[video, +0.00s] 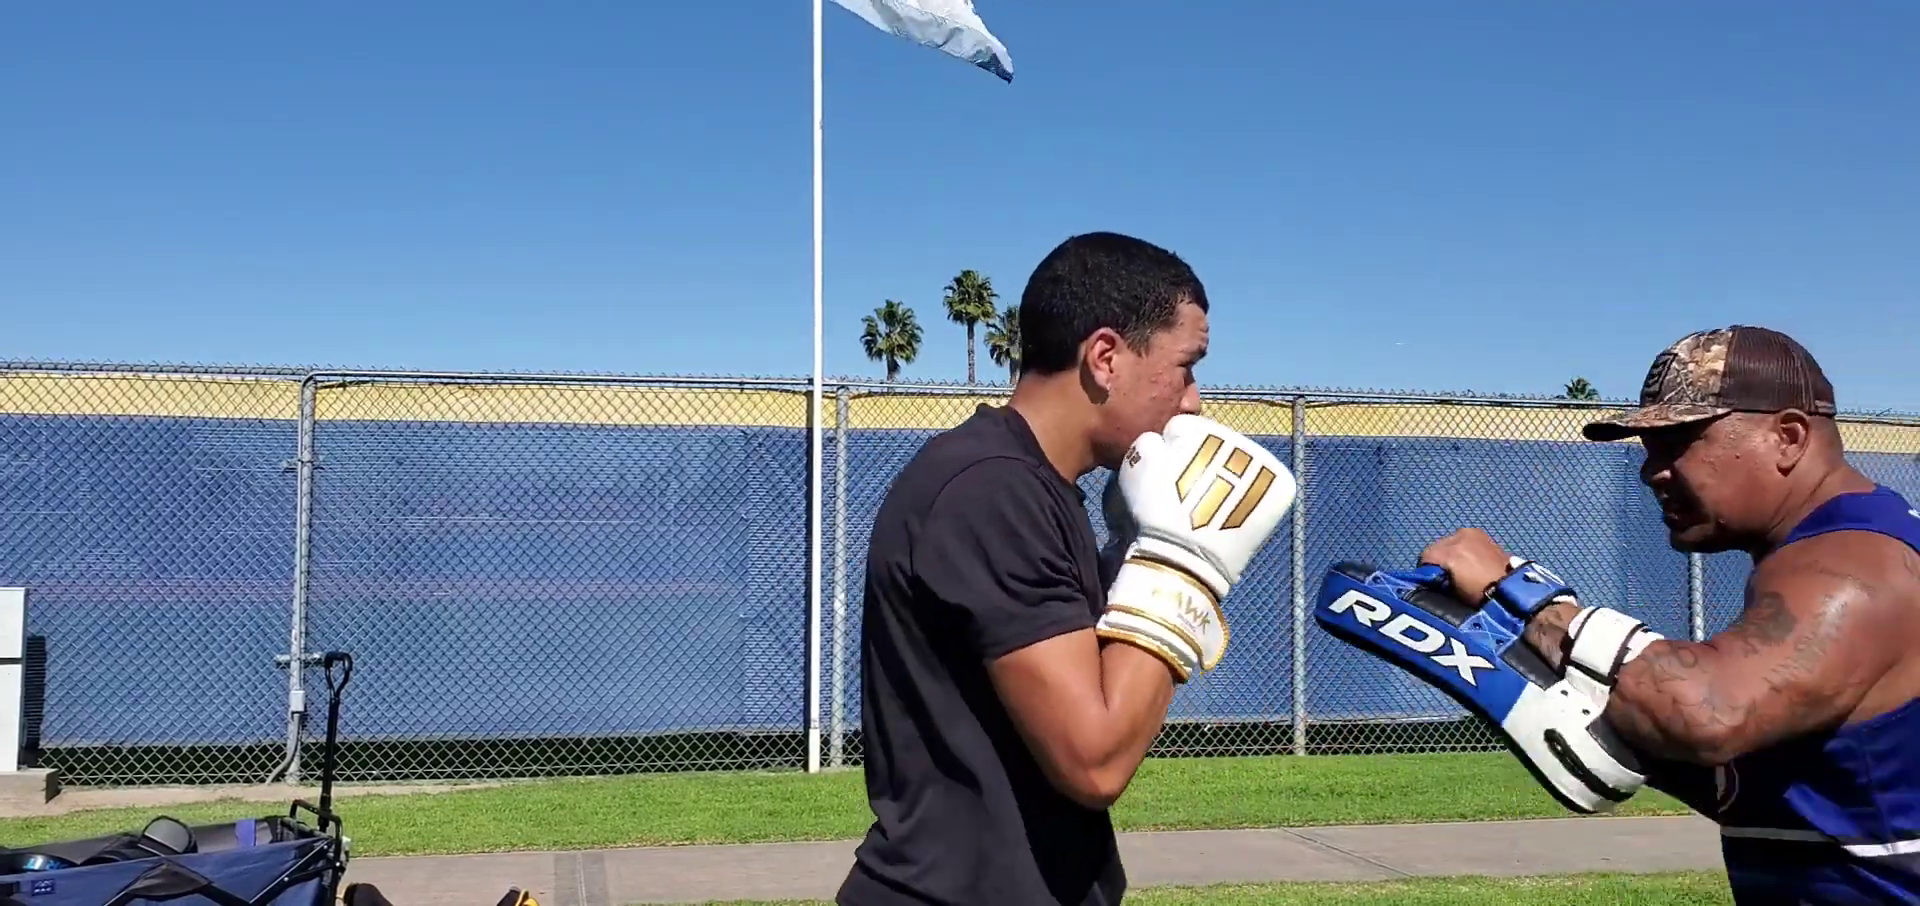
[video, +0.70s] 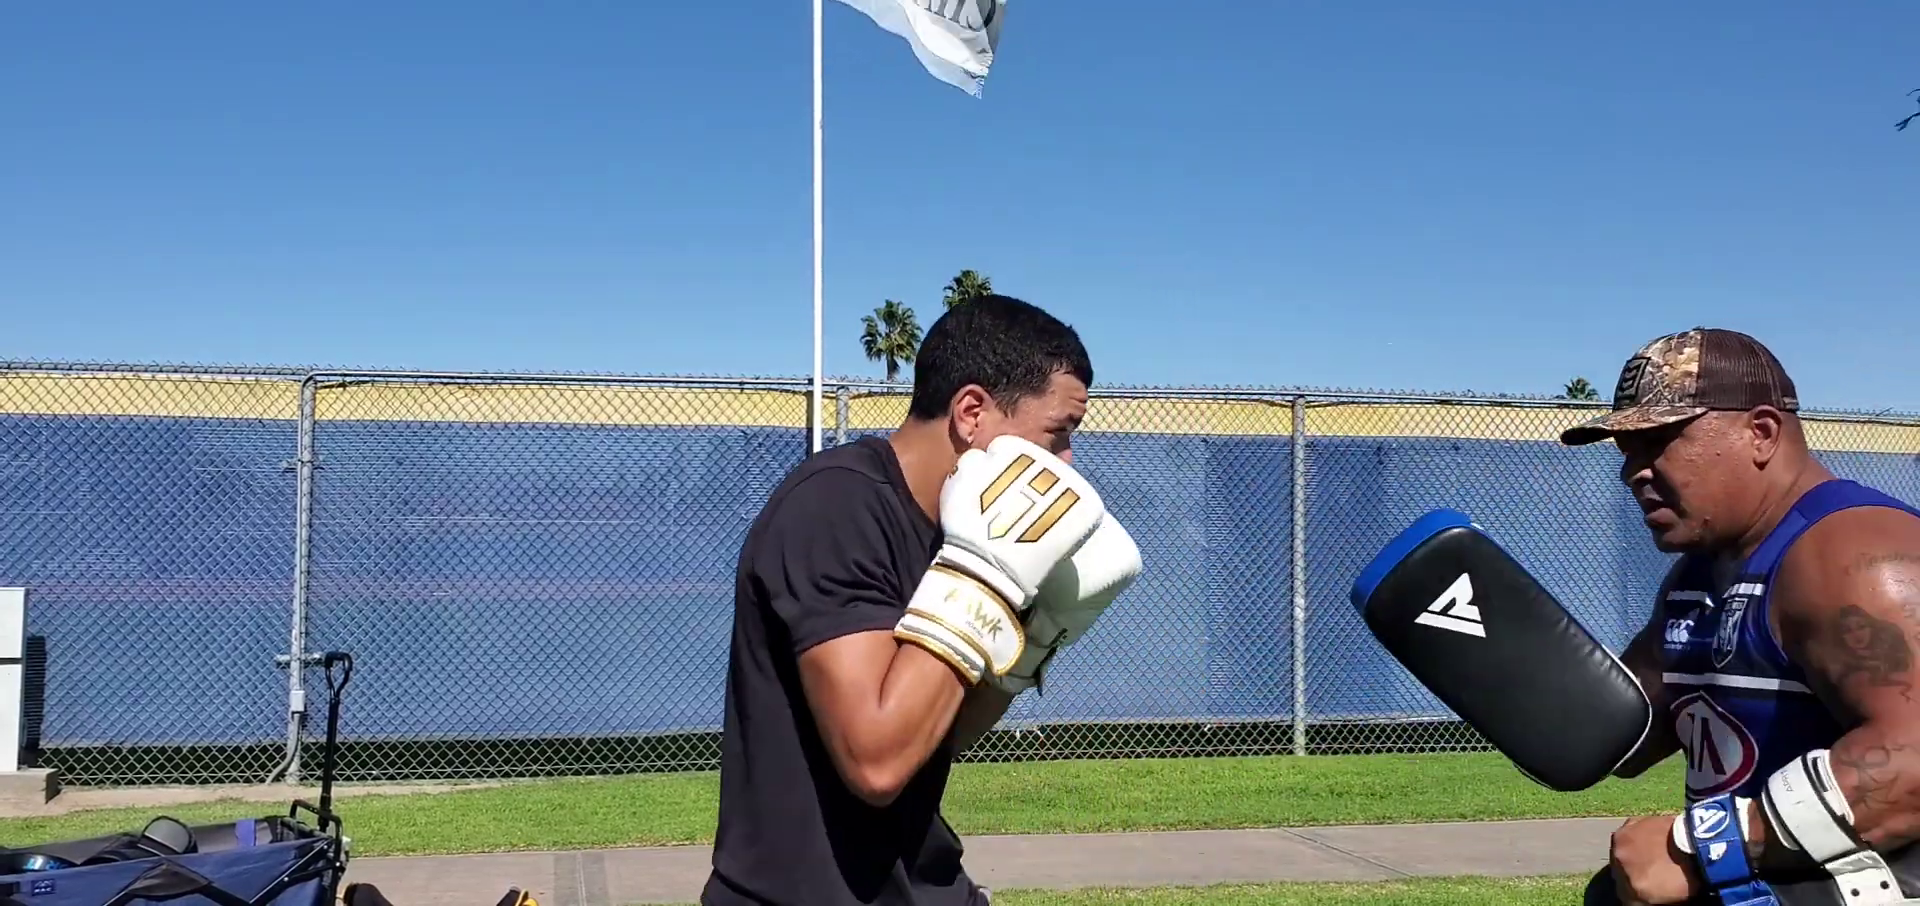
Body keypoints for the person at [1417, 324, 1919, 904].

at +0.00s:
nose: (1650, 470)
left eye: (1677, 442)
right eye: (1649, 446)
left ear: (1787, 440)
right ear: (1788, 442)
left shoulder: (1848, 563)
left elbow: (1702, 708)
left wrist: (1515, 590)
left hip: (1871, 890)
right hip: (1813, 885)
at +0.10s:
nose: (1619, 485)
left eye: (1647, 456)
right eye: (1619, 460)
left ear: (1755, 447)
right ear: (1758, 452)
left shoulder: (1807, 568)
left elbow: (1565, 643)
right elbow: (1741, 774)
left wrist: (1367, 550)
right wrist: (1552, 726)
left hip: (1872, 891)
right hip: (1804, 883)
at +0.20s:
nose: (1638, 488)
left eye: (1664, 461)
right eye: (1637, 463)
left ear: (1773, 445)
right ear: (1776, 448)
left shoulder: (1839, 561)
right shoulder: (1776, 559)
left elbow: (1582, 615)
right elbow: (1692, 771)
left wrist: (1361, 570)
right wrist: (1549, 723)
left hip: (1872, 890)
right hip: (1778, 889)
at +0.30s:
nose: (1674, 471)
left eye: (1702, 444)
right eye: (1673, 445)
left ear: (1817, 436)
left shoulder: (1877, 550)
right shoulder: (1755, 542)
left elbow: (1728, 666)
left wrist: (1470, 637)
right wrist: (1588, 617)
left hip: (1872, 891)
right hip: (1770, 886)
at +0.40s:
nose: (1689, 463)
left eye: (1717, 434)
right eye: (1685, 436)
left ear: (1826, 429)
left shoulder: (1892, 566)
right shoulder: (1746, 543)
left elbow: (1901, 759)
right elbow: (1670, 674)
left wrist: (1674, 733)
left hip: (1874, 890)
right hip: (1764, 883)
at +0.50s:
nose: (1693, 462)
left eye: (1718, 431)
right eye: (1687, 438)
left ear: (1826, 424)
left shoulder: (1899, 568)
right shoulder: (1737, 554)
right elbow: (1649, 714)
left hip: (1866, 886)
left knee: (1673, 870)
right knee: (1665, 871)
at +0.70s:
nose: (1632, 472)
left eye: (1655, 442)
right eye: (1626, 449)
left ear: (1761, 435)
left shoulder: (1856, 559)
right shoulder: (1699, 574)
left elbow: (1910, 764)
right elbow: (1627, 739)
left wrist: (1704, 843)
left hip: (1862, 883)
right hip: (1757, 876)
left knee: (1621, 889)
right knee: (1610, 887)